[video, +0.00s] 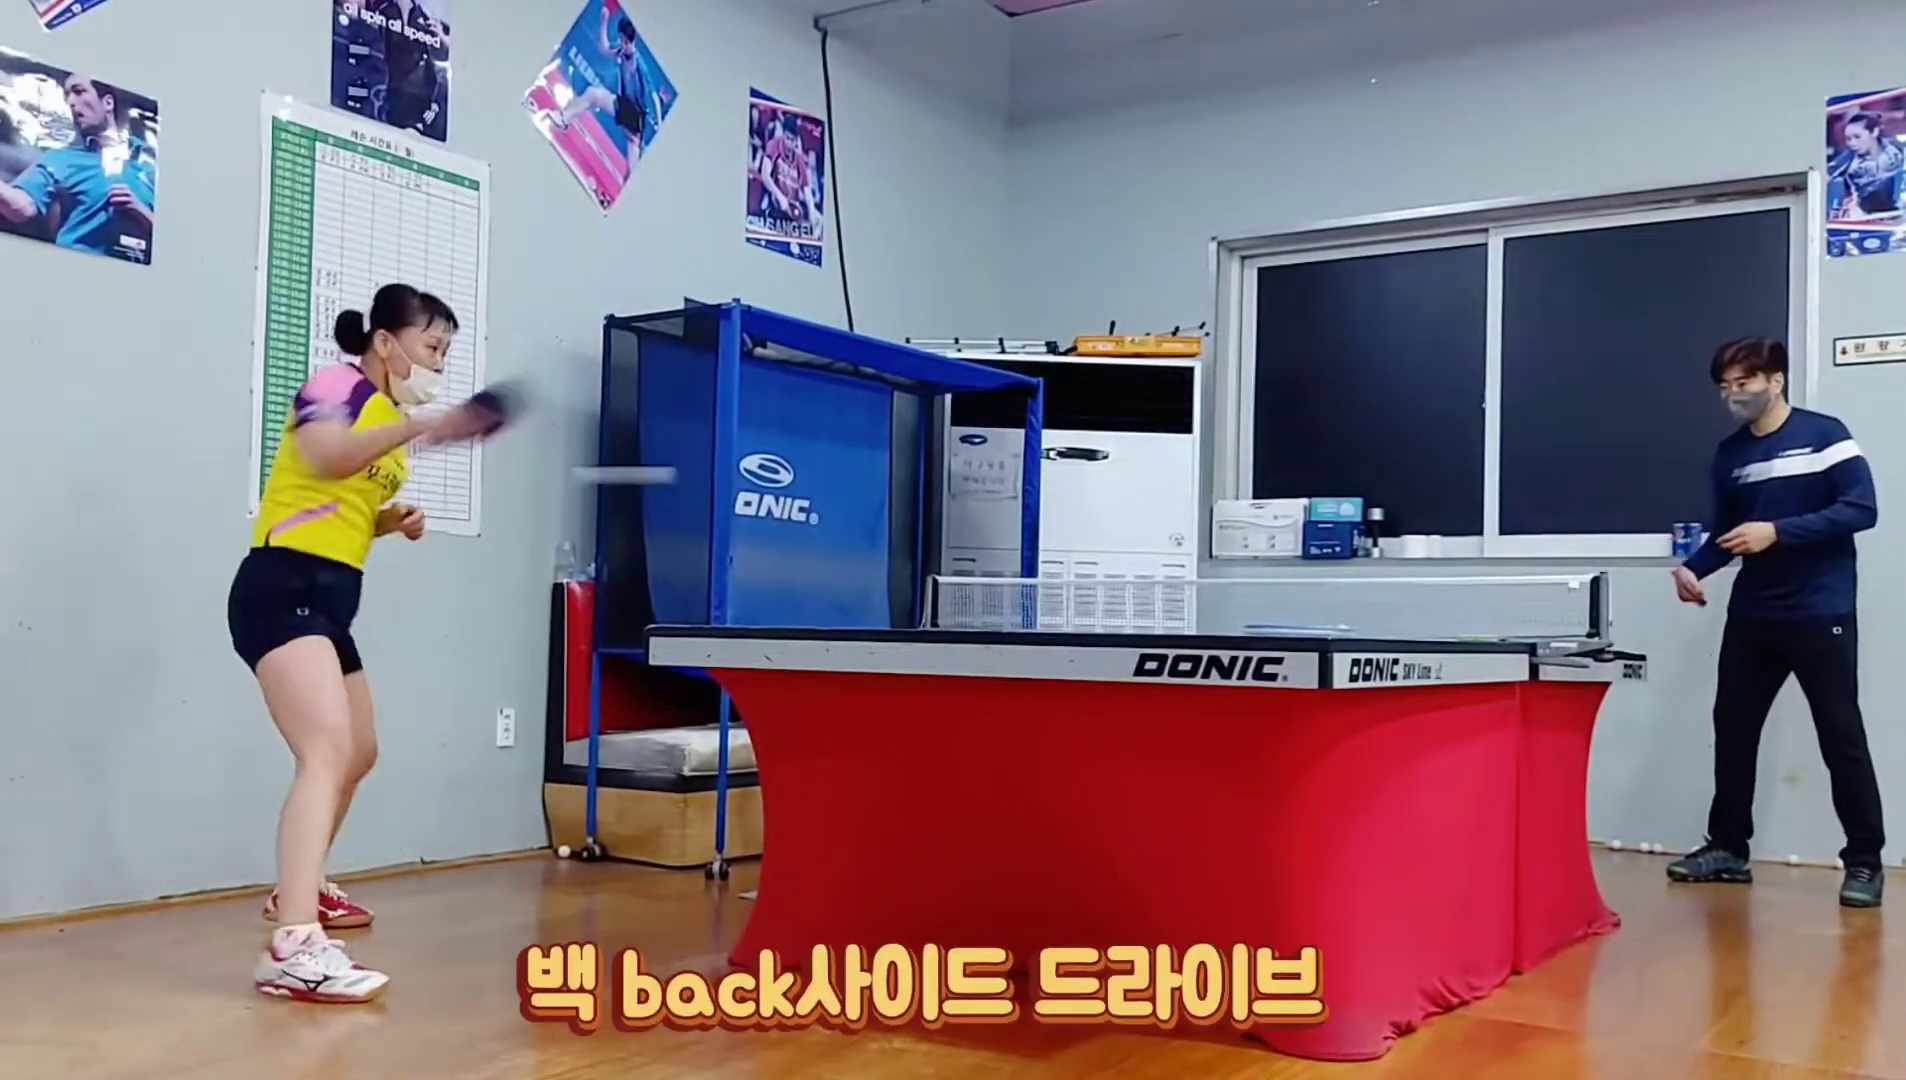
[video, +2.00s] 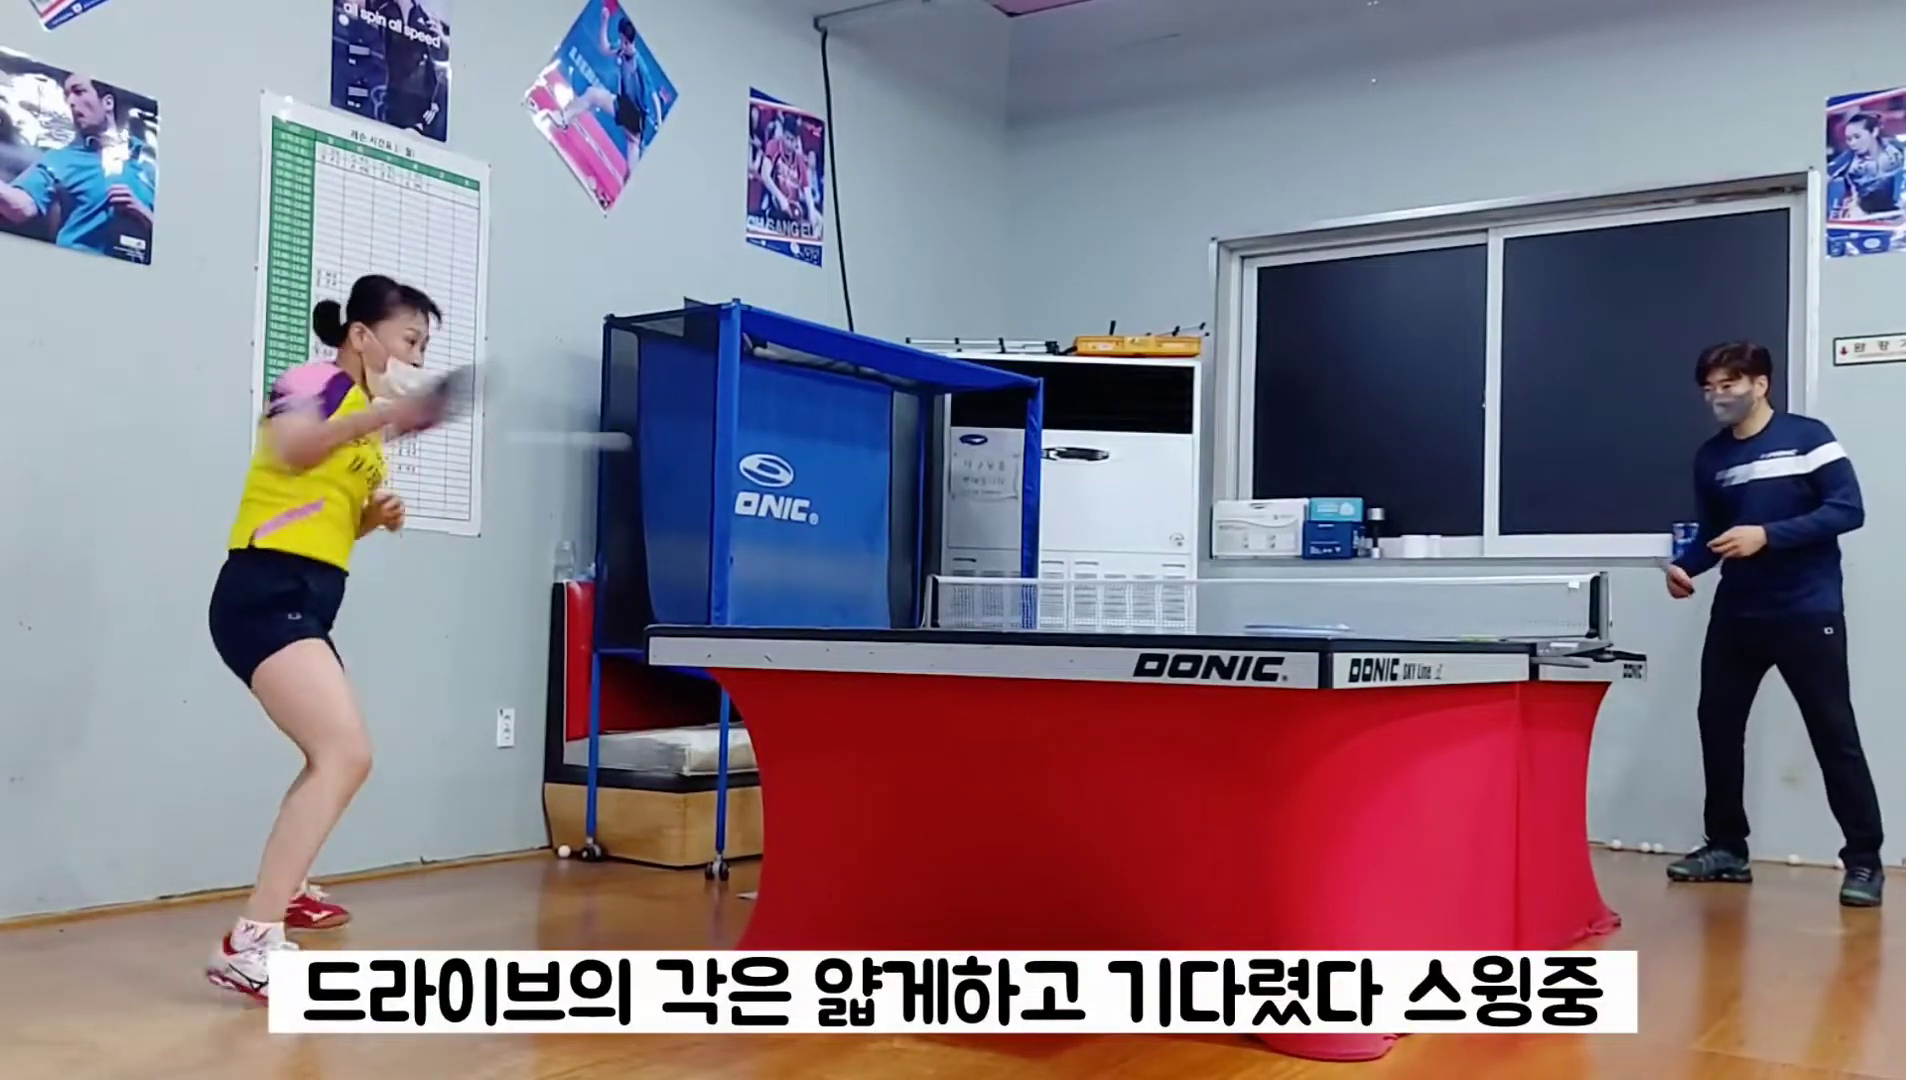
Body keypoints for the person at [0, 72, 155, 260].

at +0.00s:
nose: (70, 101)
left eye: (80, 91)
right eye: (67, 96)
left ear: (108, 103)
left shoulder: (149, 161)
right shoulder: (60, 159)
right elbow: (21, 207)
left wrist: (143, 212)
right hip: (75, 262)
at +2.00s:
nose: (71, 101)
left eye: (79, 91)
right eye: (67, 96)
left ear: (108, 102)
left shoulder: (150, 161)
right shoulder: (61, 159)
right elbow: (20, 208)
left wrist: (143, 212)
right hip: (74, 261)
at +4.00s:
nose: (70, 101)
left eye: (79, 91)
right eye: (67, 96)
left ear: (108, 103)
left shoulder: (149, 162)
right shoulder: (60, 159)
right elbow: (20, 208)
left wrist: (142, 212)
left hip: (134, 270)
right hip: (74, 261)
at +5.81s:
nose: (70, 101)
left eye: (79, 91)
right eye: (67, 96)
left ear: (108, 102)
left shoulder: (150, 163)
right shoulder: (59, 159)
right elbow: (19, 208)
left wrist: (143, 213)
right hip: (75, 261)